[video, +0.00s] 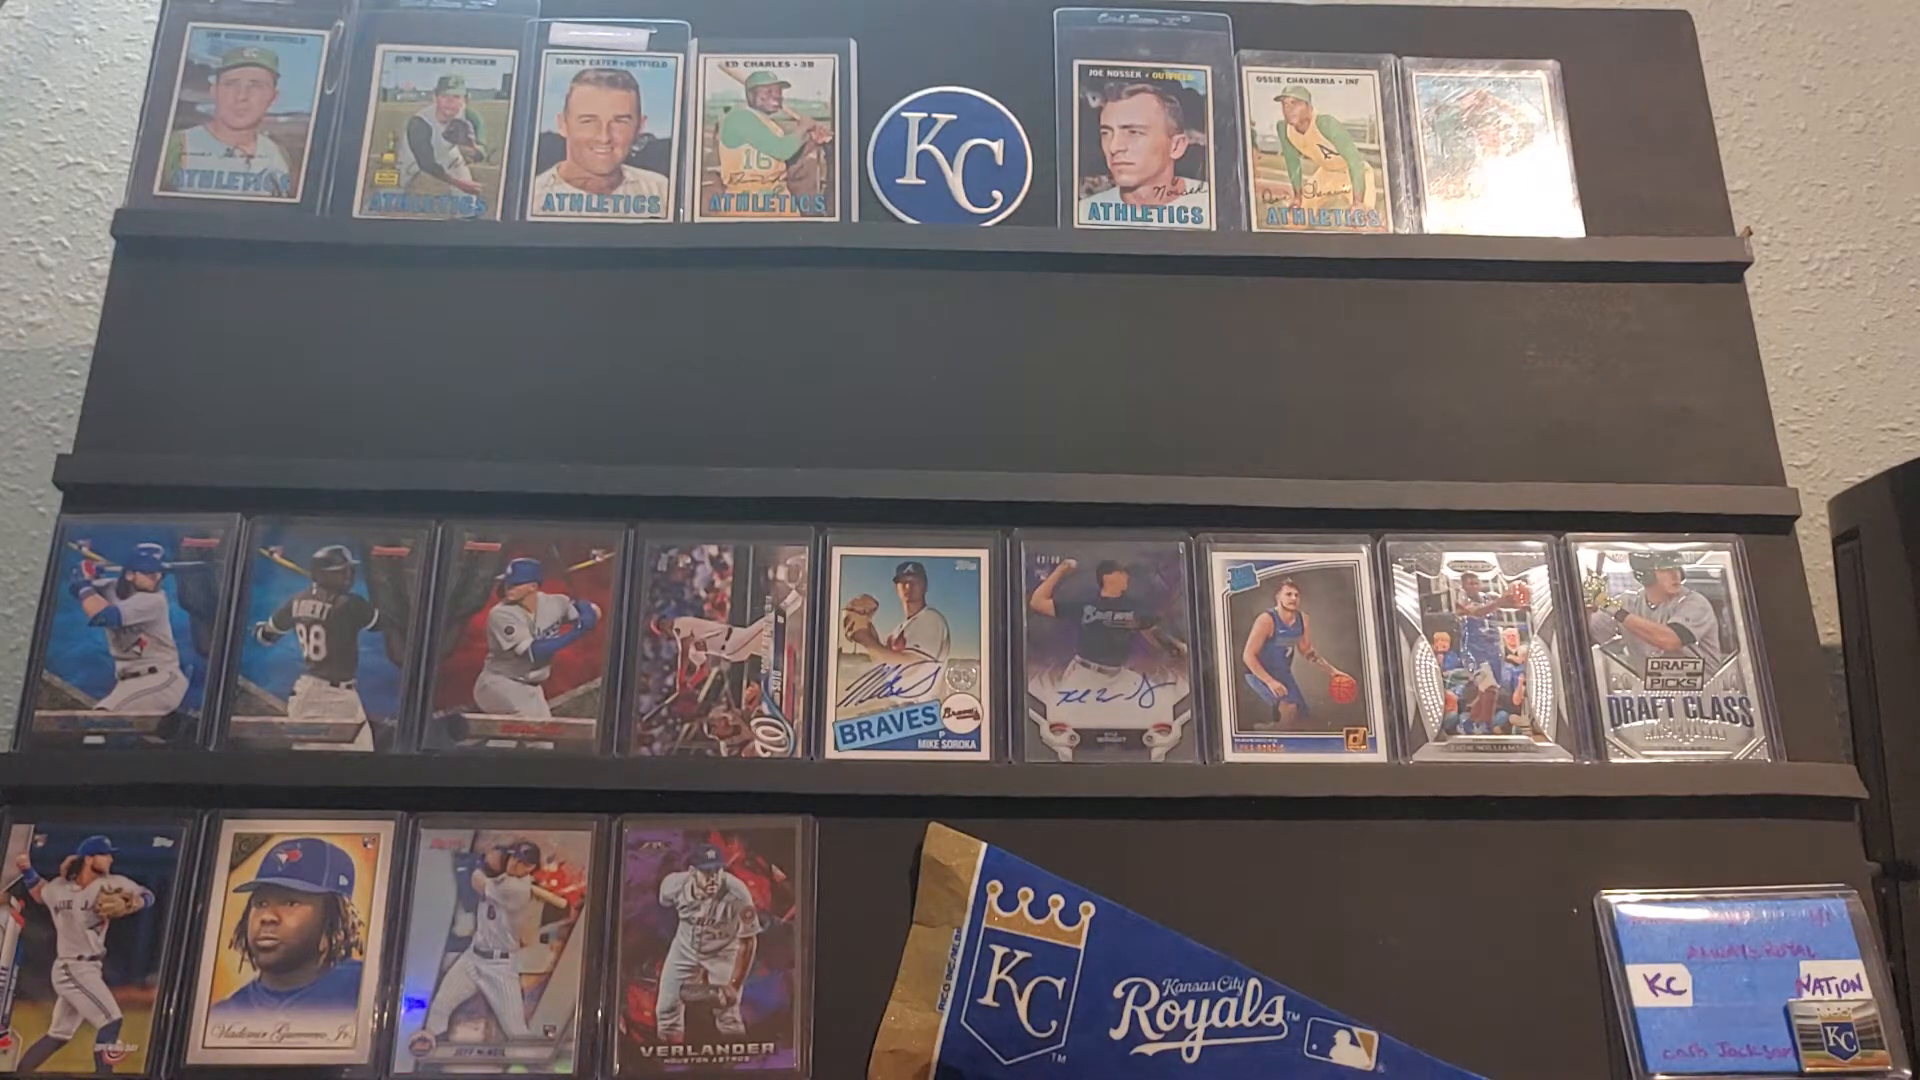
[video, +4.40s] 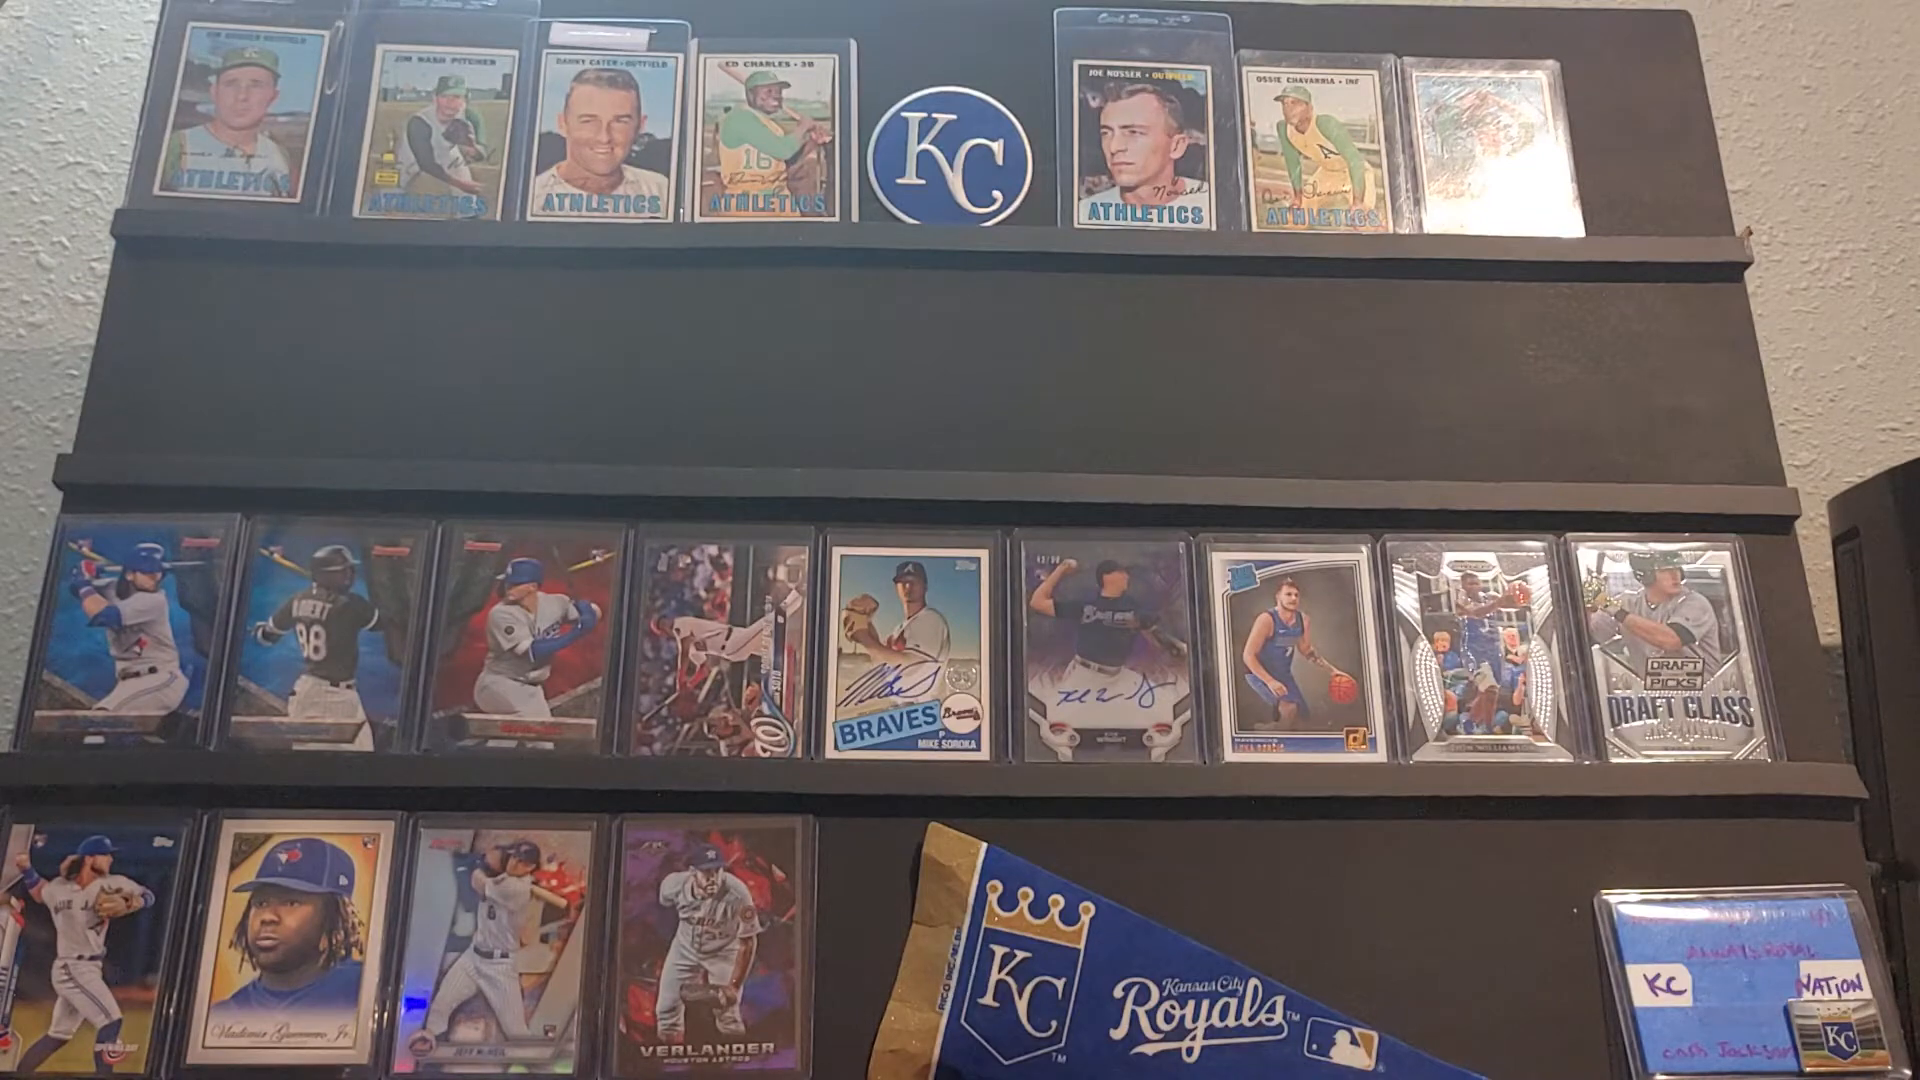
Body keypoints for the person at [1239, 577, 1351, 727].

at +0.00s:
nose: (1293, 599)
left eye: (1296, 595)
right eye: (1288, 594)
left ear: (1300, 598)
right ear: (1278, 598)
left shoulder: (1302, 619)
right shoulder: (1266, 620)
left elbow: (1307, 651)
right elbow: (1248, 656)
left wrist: (1332, 671)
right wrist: (1270, 681)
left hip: (1283, 672)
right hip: (1260, 672)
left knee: (1301, 713)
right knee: (1289, 706)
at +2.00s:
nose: (1293, 599)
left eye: (1296, 595)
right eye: (1288, 594)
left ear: (1300, 598)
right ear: (1278, 598)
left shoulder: (1302, 619)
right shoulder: (1266, 620)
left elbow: (1306, 650)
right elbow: (1248, 656)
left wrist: (1333, 671)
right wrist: (1271, 682)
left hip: (1284, 674)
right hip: (1260, 673)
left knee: (1302, 712)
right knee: (1288, 705)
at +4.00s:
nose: (1294, 599)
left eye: (1296, 595)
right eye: (1288, 595)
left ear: (1299, 598)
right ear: (1278, 597)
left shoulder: (1302, 619)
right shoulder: (1266, 620)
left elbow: (1306, 650)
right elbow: (1248, 656)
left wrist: (1333, 672)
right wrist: (1270, 681)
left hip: (1283, 673)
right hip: (1260, 673)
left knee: (1302, 715)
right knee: (1289, 707)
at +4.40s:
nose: (1293, 599)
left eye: (1296, 595)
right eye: (1288, 595)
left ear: (1299, 598)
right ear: (1278, 597)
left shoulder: (1303, 619)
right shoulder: (1266, 620)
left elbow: (1306, 650)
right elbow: (1248, 656)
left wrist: (1333, 671)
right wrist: (1270, 681)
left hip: (1284, 673)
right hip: (1260, 673)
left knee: (1302, 714)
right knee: (1289, 706)